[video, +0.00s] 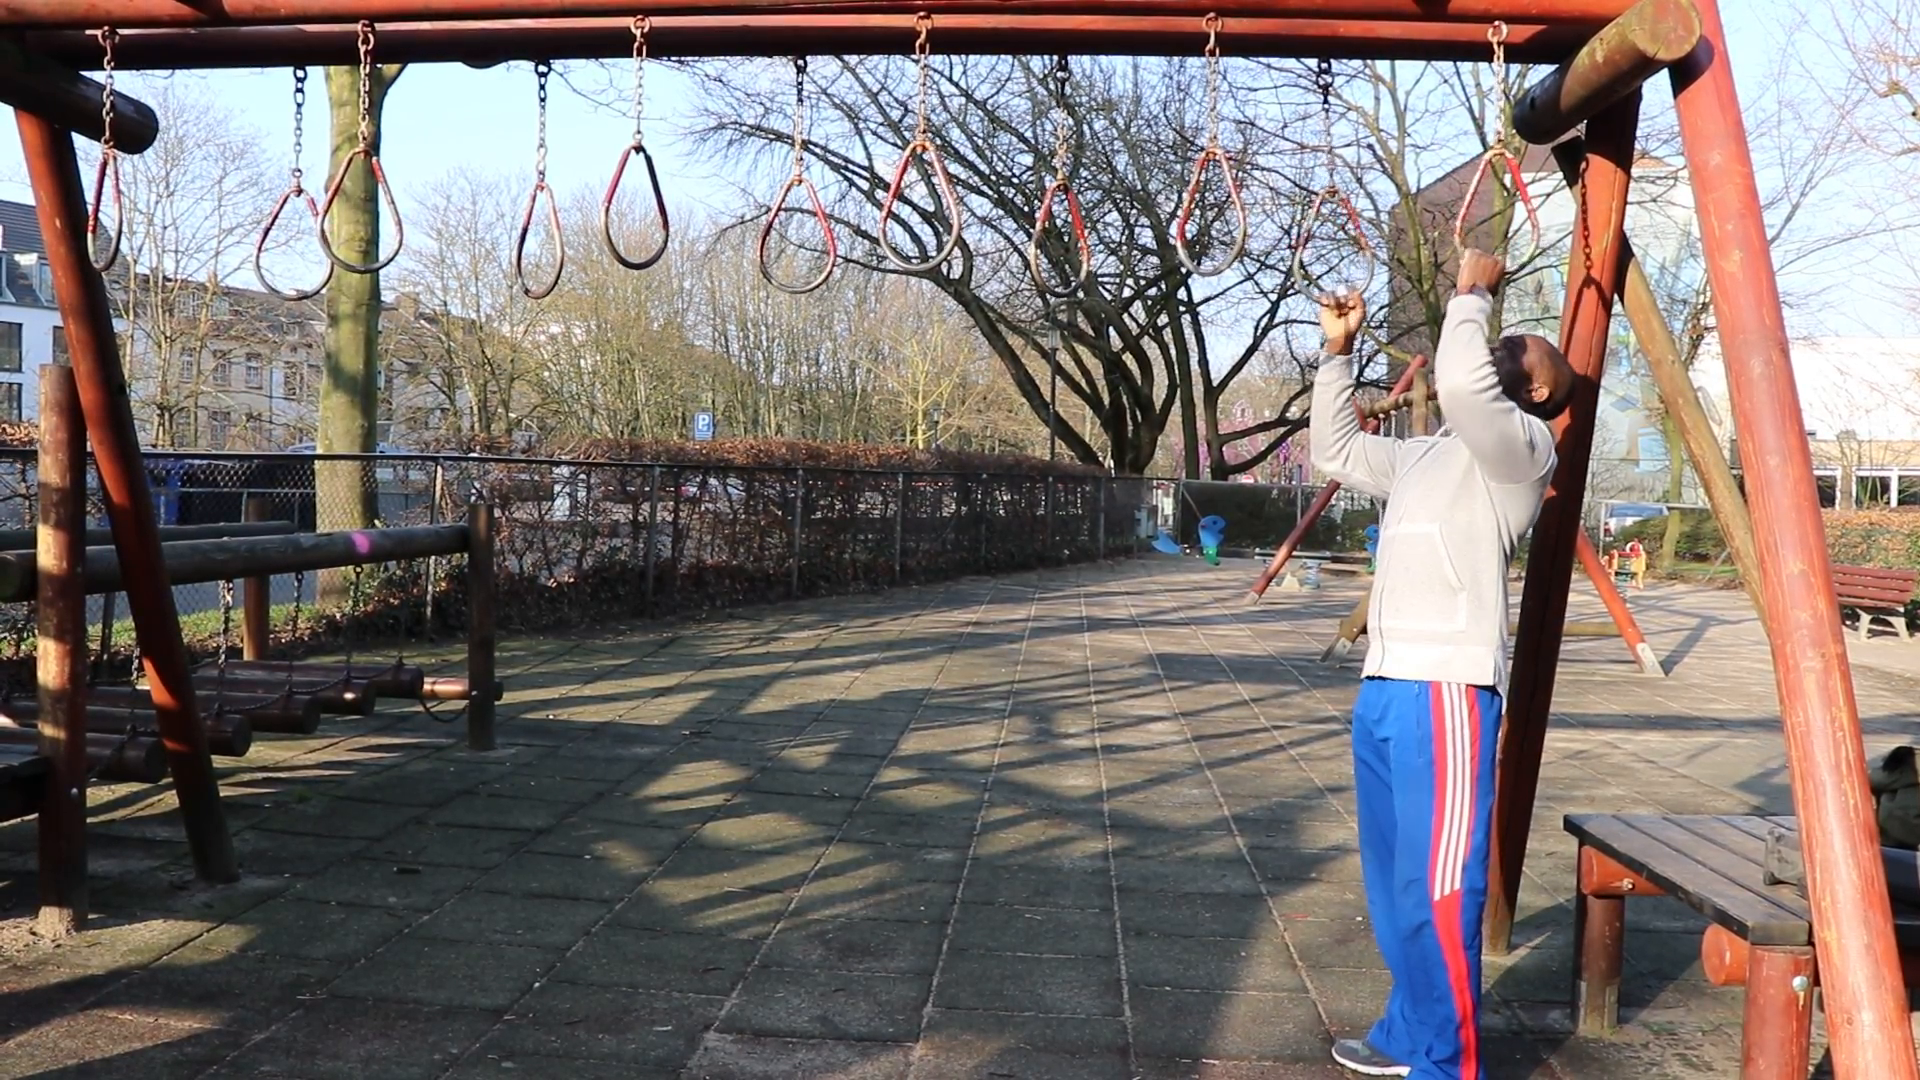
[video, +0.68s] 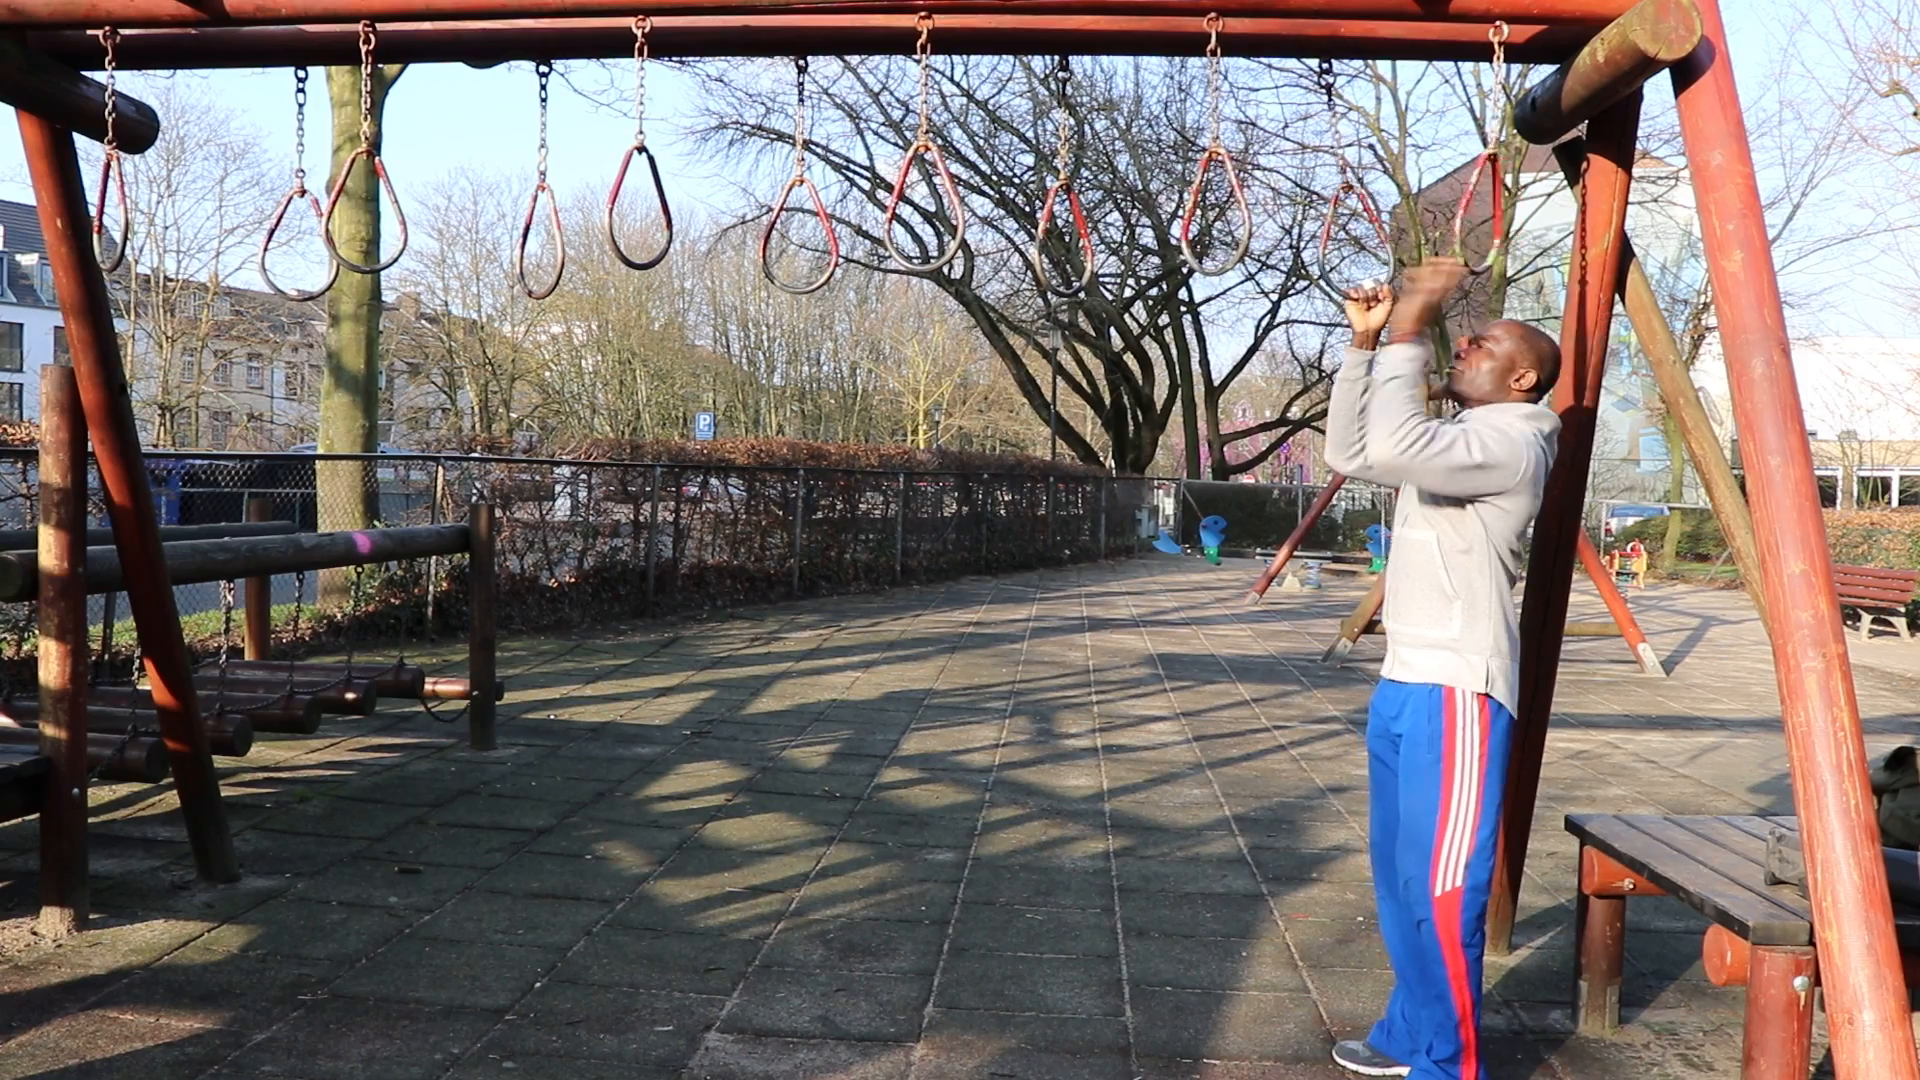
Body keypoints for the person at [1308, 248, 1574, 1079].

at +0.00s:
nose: (1502, 349)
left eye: (1524, 351)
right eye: (1507, 343)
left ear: (1542, 403)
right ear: (1484, 368)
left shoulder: (1523, 448)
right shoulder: (1422, 451)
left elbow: (1460, 381)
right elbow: (1335, 447)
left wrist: (1472, 293)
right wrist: (1338, 351)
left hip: (1449, 693)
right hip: (1386, 690)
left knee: (1440, 888)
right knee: (1394, 882)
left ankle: (1447, 1061)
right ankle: (1410, 1035)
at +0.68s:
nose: (1462, 356)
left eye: (1484, 348)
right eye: (1467, 345)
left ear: (1523, 378)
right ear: (1492, 372)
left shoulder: (1512, 439)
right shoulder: (1457, 429)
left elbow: (1396, 447)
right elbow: (1348, 453)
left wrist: (1410, 325)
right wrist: (1362, 343)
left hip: (1462, 688)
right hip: (1408, 683)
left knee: (1441, 886)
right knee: (1401, 877)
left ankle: (1448, 1059)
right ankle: (1412, 1034)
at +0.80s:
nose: (1453, 347)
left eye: (1475, 342)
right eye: (1458, 337)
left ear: (1513, 376)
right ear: (1462, 368)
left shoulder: (1498, 437)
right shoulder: (1447, 430)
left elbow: (1379, 430)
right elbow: (1341, 455)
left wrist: (1312, 327)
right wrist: (1362, 344)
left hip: (1460, 691)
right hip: (1410, 684)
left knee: (1441, 882)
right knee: (1399, 871)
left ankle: (1450, 1059)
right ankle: (1410, 1034)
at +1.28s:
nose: (1402, 359)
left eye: (1421, 349)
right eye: (1409, 347)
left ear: (1466, 376)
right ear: (1460, 376)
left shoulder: (1454, 436)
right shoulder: (1427, 432)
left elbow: (1317, 427)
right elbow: (1323, 442)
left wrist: (1294, 309)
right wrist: (1343, 343)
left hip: (1407, 674)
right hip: (1367, 666)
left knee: (1356, 868)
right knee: (1316, 836)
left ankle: (1411, 1053)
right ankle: (1386, 1010)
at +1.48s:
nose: (1360, 369)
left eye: (1380, 358)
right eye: (1370, 357)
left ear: (1420, 383)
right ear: (1419, 383)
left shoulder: (1400, 444)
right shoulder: (1395, 437)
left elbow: (1254, 436)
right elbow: (1291, 439)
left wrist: (1248, 318)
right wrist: (1322, 344)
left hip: (1340, 676)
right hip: (1314, 663)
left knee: (1236, 850)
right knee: (1217, 802)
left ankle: (1280, 1043)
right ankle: (1290, 992)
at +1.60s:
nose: (1328, 360)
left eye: (1348, 352)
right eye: (1335, 347)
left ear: (1388, 377)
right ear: (1386, 377)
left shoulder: (1366, 439)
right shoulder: (1369, 434)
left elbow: (1215, 435)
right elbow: (1273, 430)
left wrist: (1223, 317)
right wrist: (1306, 343)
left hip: (1298, 667)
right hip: (1280, 650)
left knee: (1148, 804)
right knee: (1152, 719)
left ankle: (1165, 1010)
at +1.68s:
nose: (1304, 349)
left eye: (1323, 340)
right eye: (1311, 337)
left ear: (1364, 364)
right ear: (1367, 368)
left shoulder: (1344, 423)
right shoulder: (1354, 423)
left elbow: (1198, 432)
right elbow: (1240, 437)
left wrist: (1215, 320)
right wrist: (1292, 350)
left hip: (1267, 647)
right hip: (1249, 626)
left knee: (1103, 762)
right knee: (1112, 658)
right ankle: (1076, 841)